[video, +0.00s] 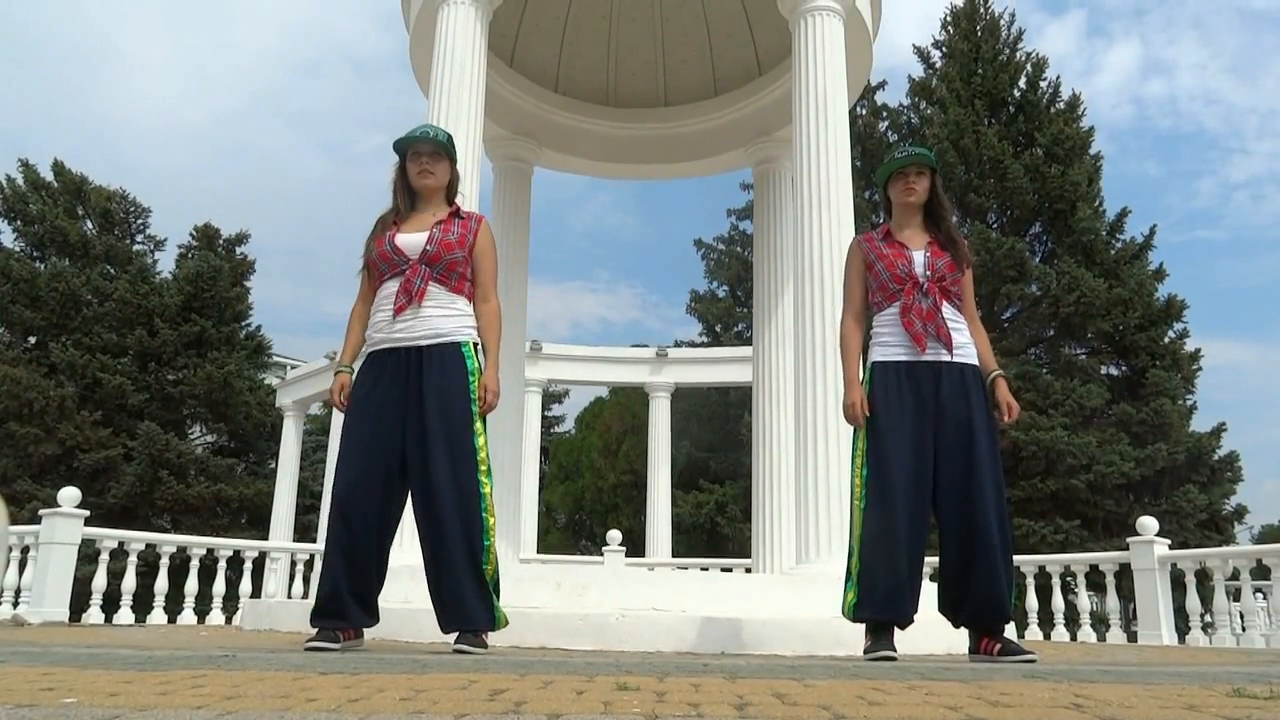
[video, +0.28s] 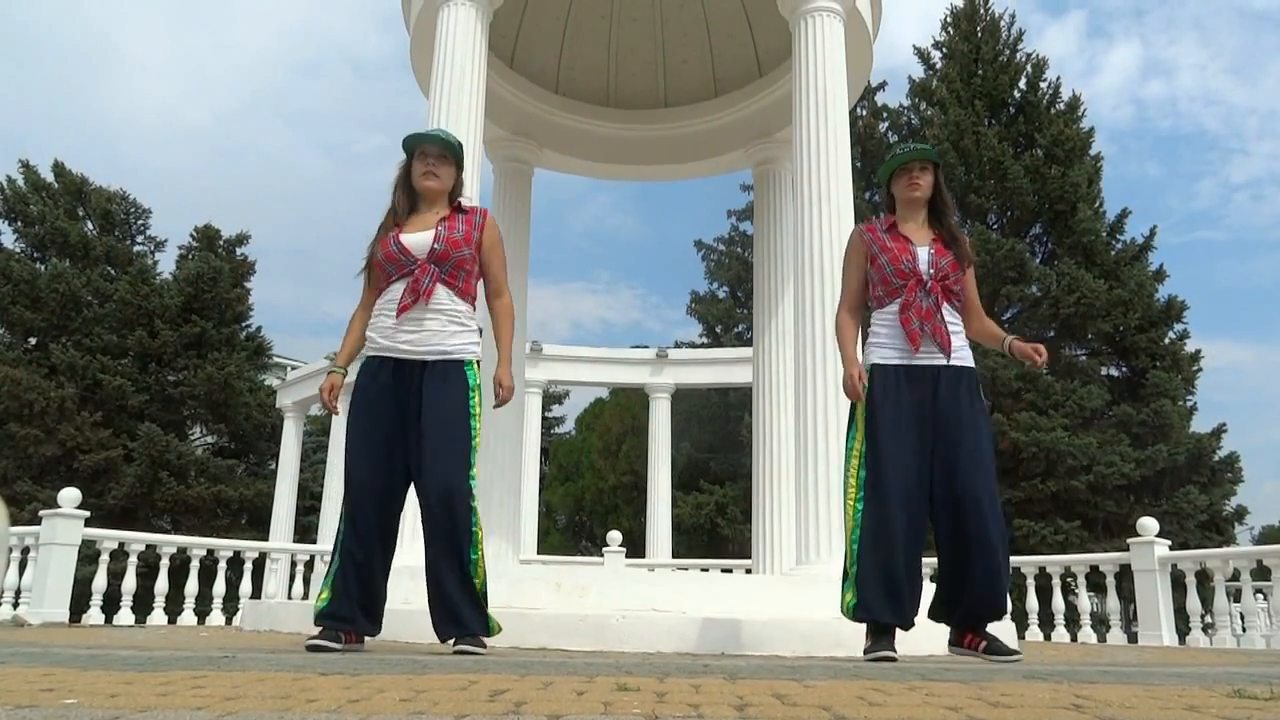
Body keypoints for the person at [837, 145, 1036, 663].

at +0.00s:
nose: (912, 180)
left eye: (920, 174)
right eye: (903, 174)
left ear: (933, 186)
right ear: (887, 186)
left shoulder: (954, 247)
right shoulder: (867, 246)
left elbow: (971, 318)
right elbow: (854, 317)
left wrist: (996, 377)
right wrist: (853, 382)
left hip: (960, 381)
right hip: (895, 381)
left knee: (976, 499)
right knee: (894, 501)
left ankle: (985, 633)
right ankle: (880, 628)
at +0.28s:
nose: (915, 176)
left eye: (924, 169)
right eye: (906, 170)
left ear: (936, 182)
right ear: (890, 183)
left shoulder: (955, 242)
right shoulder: (867, 237)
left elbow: (975, 318)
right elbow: (849, 311)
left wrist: (1012, 344)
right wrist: (850, 362)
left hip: (956, 380)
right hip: (893, 380)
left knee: (972, 496)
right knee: (892, 499)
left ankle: (968, 627)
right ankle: (881, 628)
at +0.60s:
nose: (927, 177)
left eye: (936, 172)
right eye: (917, 173)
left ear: (949, 190)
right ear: (902, 193)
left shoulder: (965, 243)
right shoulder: (887, 240)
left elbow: (993, 320)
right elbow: (899, 311)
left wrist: (999, 275)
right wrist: (971, 268)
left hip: (955, 383)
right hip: (900, 381)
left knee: (969, 489)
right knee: (938, 482)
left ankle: (938, 627)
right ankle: (926, 622)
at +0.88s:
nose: (930, 147)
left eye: (939, 141)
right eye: (919, 142)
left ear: (955, 160)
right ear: (902, 162)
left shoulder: (972, 222)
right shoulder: (886, 213)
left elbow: (1011, 290)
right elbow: (855, 286)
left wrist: (1048, 251)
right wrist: (895, 217)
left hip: (950, 370)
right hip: (901, 363)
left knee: (936, 480)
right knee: (937, 475)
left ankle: (884, 596)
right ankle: (924, 630)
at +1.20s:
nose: (945, 172)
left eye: (954, 166)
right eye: (934, 164)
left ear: (962, 180)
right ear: (914, 176)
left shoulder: (956, 248)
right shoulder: (898, 219)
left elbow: (987, 315)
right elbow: (882, 281)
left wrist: (1019, 281)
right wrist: (937, 217)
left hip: (920, 381)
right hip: (886, 371)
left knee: (897, 498)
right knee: (936, 479)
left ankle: (884, 632)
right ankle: (921, 630)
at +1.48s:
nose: (927, 203)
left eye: (937, 199)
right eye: (918, 197)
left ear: (945, 216)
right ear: (901, 206)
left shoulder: (937, 266)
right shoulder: (887, 236)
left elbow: (964, 337)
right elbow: (874, 287)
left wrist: (983, 297)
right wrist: (954, 266)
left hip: (909, 375)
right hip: (884, 368)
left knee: (895, 499)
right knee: (928, 483)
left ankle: (884, 631)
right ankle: (922, 632)